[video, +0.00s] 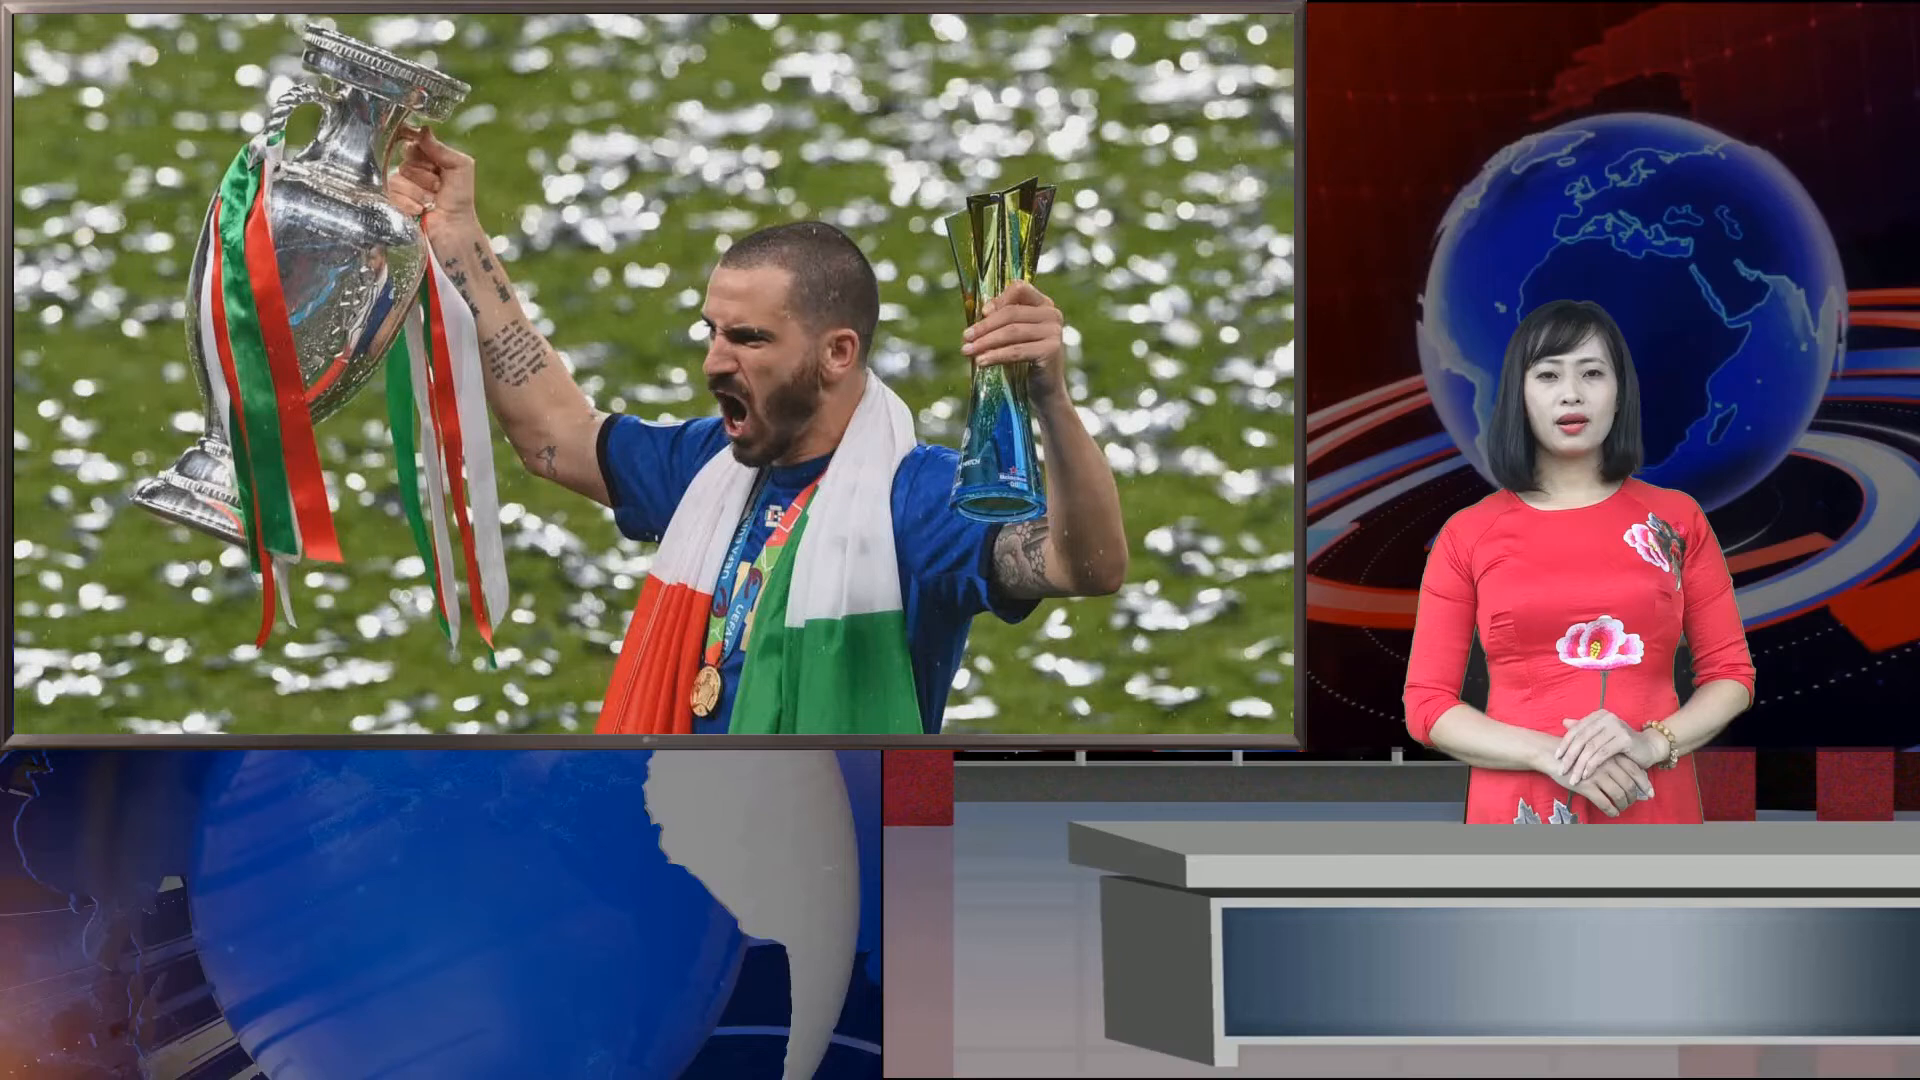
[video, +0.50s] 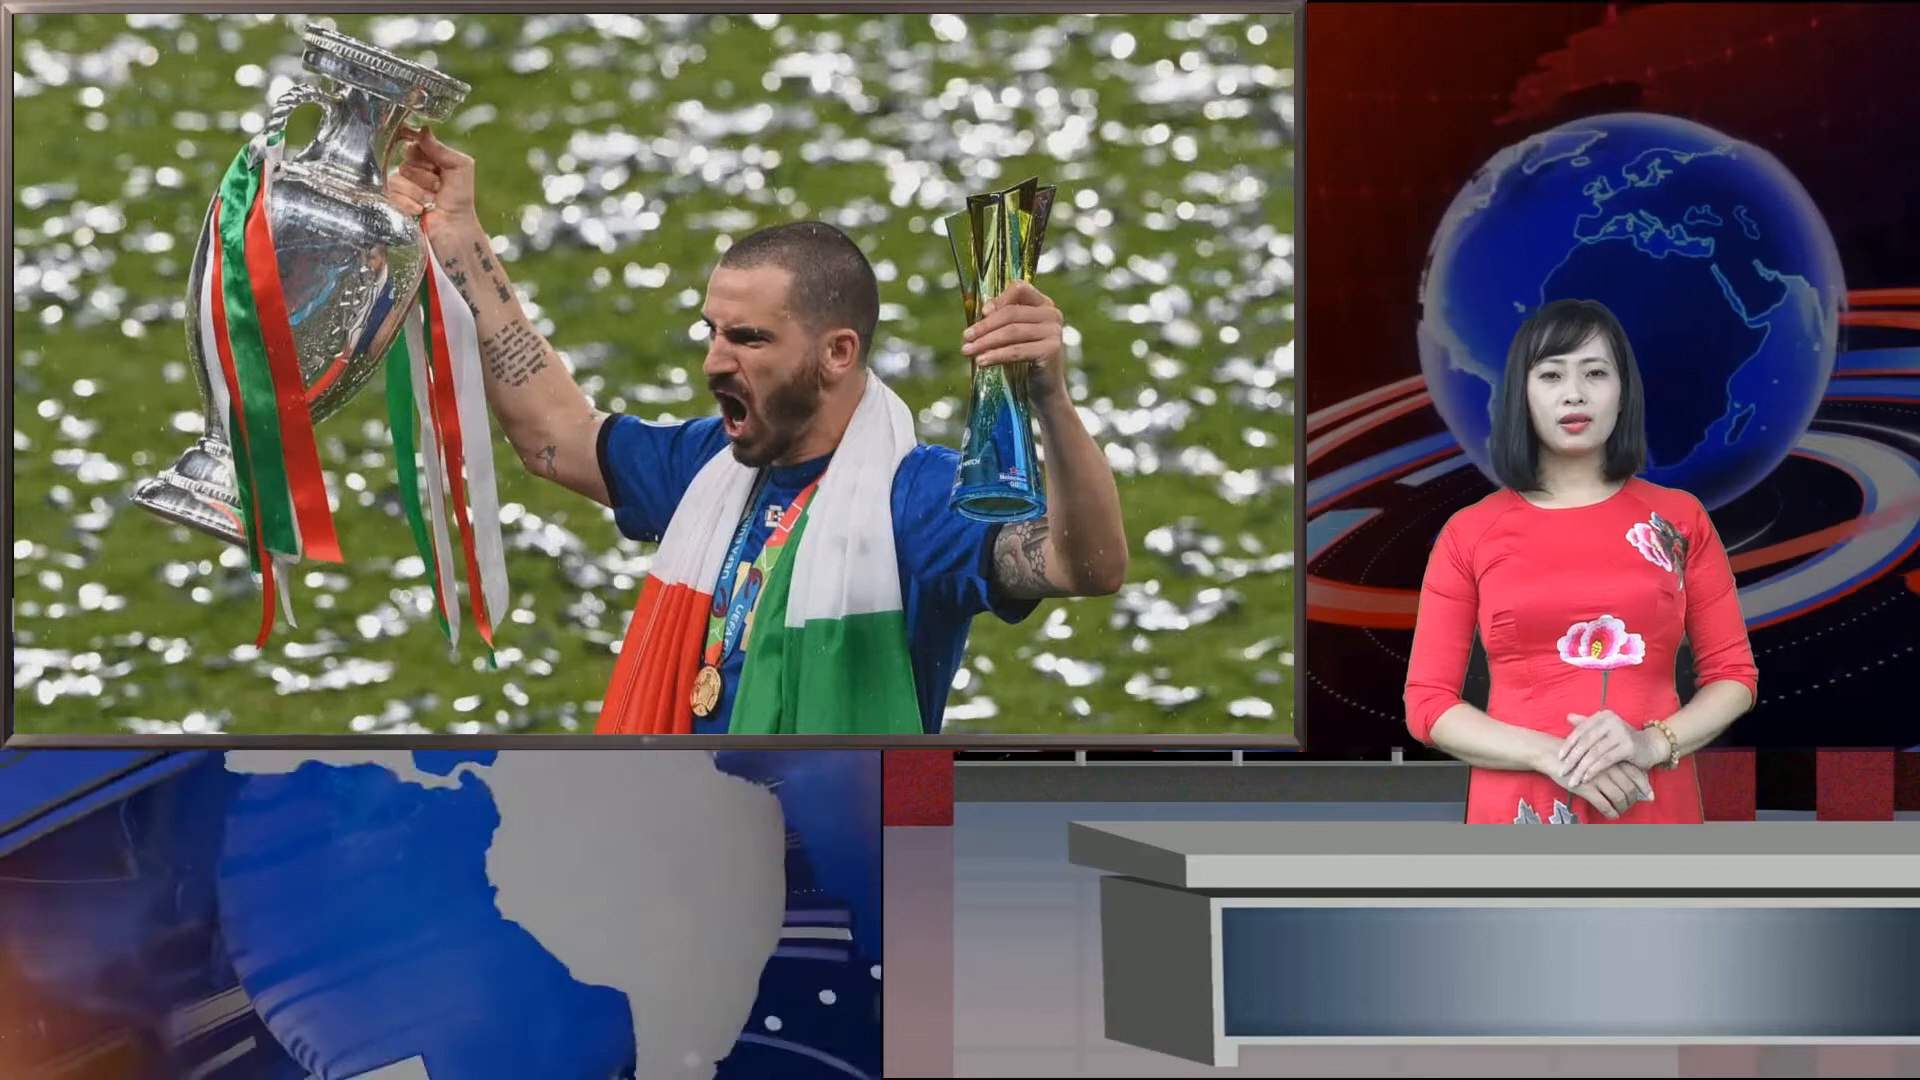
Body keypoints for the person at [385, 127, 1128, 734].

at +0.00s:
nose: (714, 361)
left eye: (747, 339)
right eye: (712, 333)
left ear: (839, 355)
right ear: (705, 327)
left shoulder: (915, 493)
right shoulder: (703, 465)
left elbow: (1090, 563)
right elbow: (557, 438)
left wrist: (1049, 398)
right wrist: (464, 252)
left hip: (830, 891)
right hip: (664, 879)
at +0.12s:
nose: (714, 361)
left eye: (747, 339)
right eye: (712, 333)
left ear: (839, 355)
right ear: (705, 327)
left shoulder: (915, 493)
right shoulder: (702, 465)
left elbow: (1090, 563)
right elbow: (557, 438)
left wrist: (1049, 398)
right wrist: (464, 252)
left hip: (829, 892)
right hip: (666, 879)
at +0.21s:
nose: (714, 361)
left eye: (747, 339)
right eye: (712, 333)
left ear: (839, 355)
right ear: (705, 327)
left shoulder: (915, 493)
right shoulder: (702, 465)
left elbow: (1090, 563)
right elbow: (557, 438)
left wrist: (1049, 398)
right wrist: (464, 252)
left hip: (831, 896)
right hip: (667, 877)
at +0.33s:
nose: (714, 361)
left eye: (747, 339)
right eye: (712, 333)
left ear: (839, 355)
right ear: (705, 327)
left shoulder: (915, 493)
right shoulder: (702, 465)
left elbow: (1090, 563)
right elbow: (557, 438)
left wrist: (1049, 398)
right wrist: (464, 252)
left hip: (833, 890)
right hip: (673, 875)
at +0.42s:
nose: (714, 361)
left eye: (747, 339)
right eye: (712, 333)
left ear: (839, 355)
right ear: (705, 327)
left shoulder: (915, 492)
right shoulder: (702, 465)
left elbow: (1090, 563)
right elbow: (557, 438)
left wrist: (1049, 398)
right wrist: (464, 252)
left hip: (832, 891)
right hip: (673, 877)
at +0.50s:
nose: (714, 361)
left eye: (747, 339)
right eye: (712, 333)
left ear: (839, 355)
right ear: (705, 327)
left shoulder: (915, 493)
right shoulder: (702, 465)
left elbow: (1090, 563)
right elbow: (557, 438)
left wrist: (1049, 398)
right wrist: (464, 252)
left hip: (833, 898)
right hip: (671, 884)